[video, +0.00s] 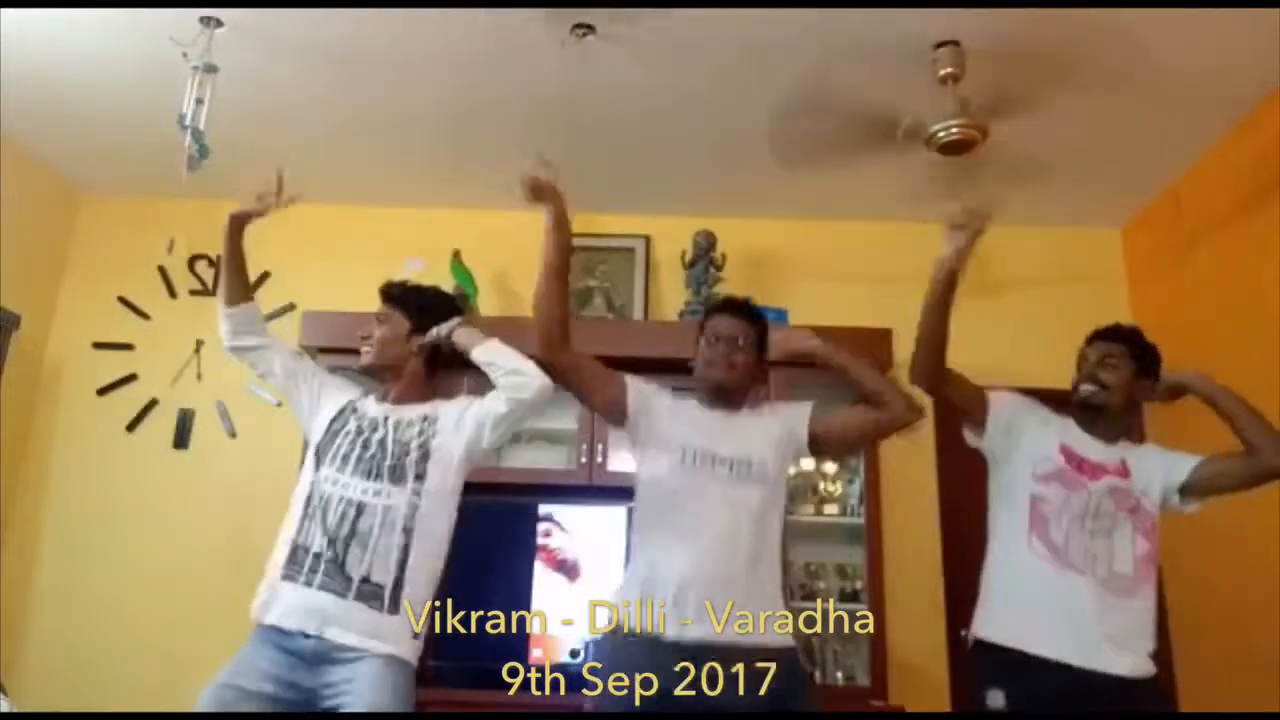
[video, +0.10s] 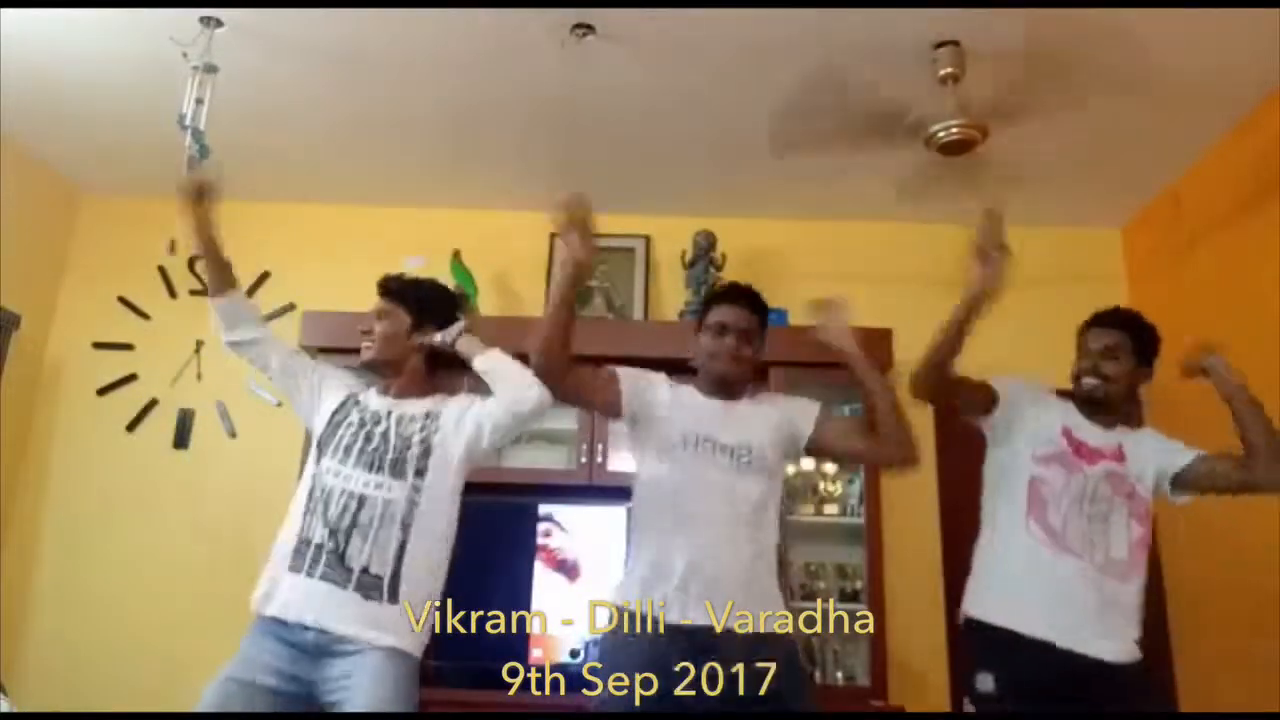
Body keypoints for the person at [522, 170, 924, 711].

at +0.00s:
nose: (723, 353)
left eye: (739, 345)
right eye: (713, 341)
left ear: (759, 365)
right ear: (695, 353)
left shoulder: (785, 426)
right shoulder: (649, 409)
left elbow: (900, 410)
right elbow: (554, 350)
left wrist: (822, 350)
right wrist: (556, 228)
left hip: (755, 658)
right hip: (647, 651)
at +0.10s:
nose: (731, 345)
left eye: (746, 337)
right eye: (719, 331)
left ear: (760, 352)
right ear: (695, 339)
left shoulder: (784, 416)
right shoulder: (651, 395)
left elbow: (896, 450)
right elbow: (552, 371)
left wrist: (853, 353)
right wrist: (569, 279)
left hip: (755, 640)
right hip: (650, 636)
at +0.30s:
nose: (748, 388)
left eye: (757, 377)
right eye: (733, 373)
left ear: (765, 382)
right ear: (690, 373)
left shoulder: (770, 464)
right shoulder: (636, 426)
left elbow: (811, 576)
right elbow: (587, 508)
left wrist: (879, 570)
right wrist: (680, 495)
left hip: (737, 681)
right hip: (640, 678)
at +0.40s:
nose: (738, 385)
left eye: (745, 375)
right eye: (724, 369)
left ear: (751, 384)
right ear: (681, 371)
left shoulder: (743, 461)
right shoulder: (618, 439)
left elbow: (766, 572)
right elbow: (621, 575)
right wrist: (743, 589)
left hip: (702, 677)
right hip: (610, 676)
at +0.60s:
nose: (732, 403)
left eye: (737, 388)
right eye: (719, 387)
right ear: (673, 378)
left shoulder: (728, 454)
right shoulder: (611, 438)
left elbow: (750, 562)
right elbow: (581, 579)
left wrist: (775, 636)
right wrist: (683, 629)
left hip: (667, 668)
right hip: (582, 663)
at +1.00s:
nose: (738, 412)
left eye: (746, 401)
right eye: (724, 396)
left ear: (753, 403)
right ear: (679, 390)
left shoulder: (744, 466)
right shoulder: (616, 464)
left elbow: (772, 572)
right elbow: (569, 600)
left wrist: (774, 635)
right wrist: (688, 629)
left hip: (689, 677)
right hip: (605, 675)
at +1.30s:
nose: (736, 412)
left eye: (750, 400)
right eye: (722, 398)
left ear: (768, 408)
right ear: (700, 406)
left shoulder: (791, 486)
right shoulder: (653, 478)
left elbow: (822, 617)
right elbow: (625, 613)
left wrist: (757, 671)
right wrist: (671, 691)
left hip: (753, 694)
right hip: (668, 692)